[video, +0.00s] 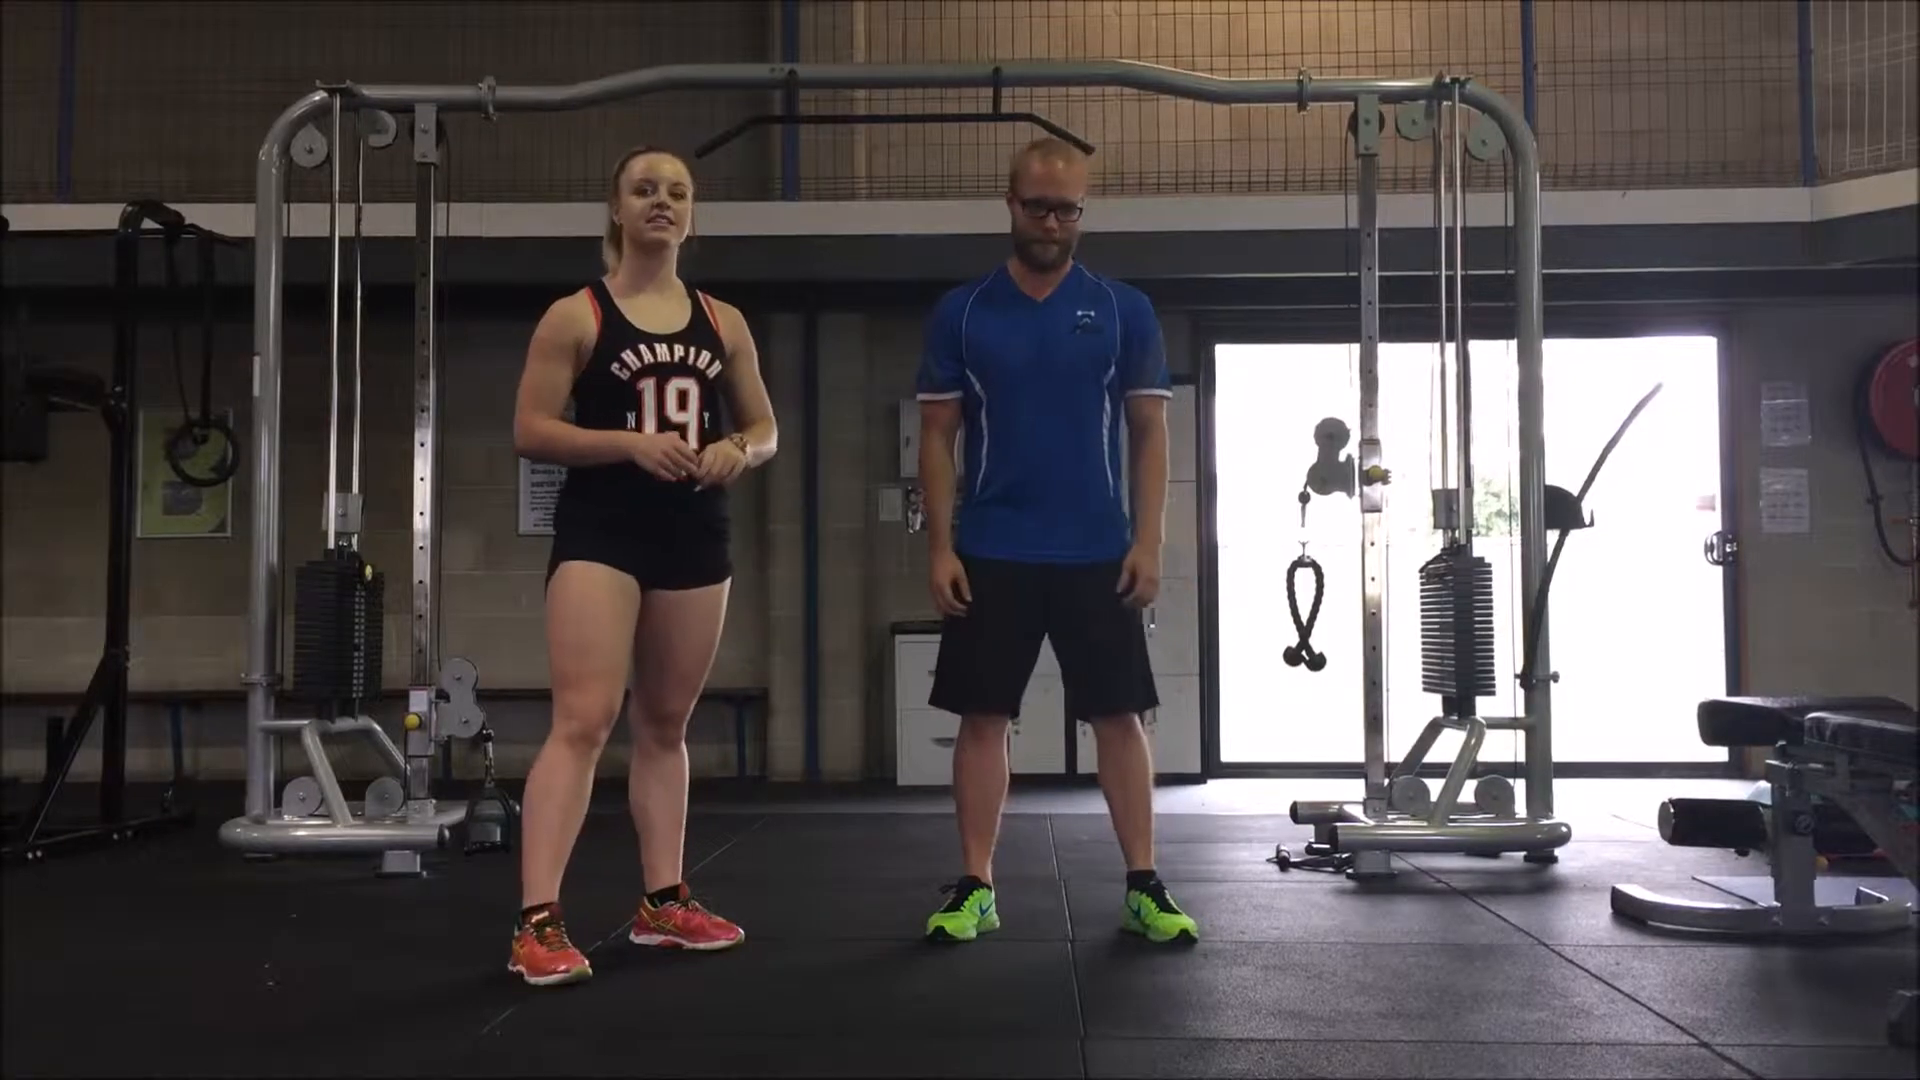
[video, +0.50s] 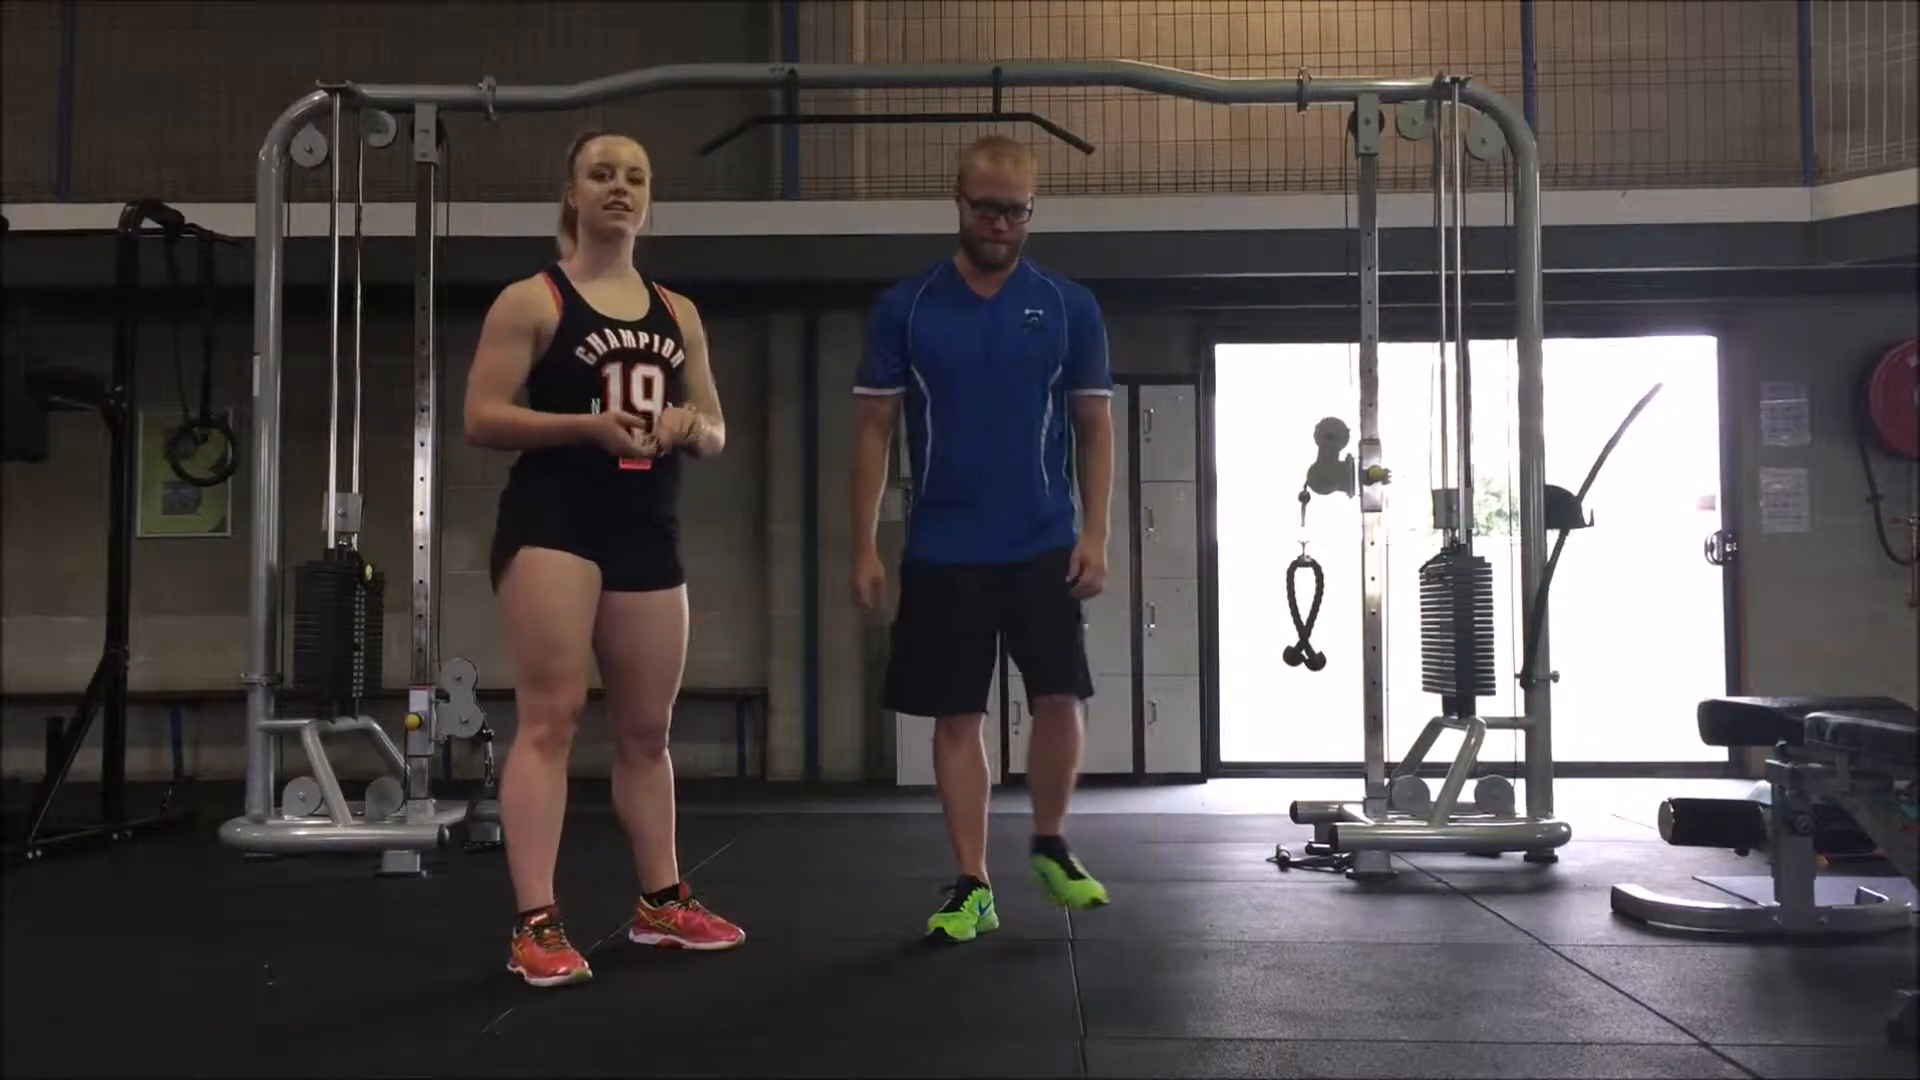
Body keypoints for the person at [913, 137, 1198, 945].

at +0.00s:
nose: (1053, 222)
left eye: (1067, 209)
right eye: (1038, 207)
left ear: (1085, 209)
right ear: (1009, 205)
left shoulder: (1124, 310)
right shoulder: (960, 313)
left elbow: (1149, 431)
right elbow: (936, 433)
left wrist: (1148, 542)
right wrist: (940, 545)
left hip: (1095, 554)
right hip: (994, 555)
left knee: (1120, 716)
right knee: (982, 718)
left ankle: (1144, 885)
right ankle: (976, 885)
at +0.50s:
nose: (998, 222)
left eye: (1013, 209)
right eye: (984, 207)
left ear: (1033, 211)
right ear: (958, 204)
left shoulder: (1070, 308)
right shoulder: (905, 309)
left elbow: (1095, 424)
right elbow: (873, 427)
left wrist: (1095, 532)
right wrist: (864, 546)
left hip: (1042, 547)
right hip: (944, 551)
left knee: (1059, 699)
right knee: (955, 717)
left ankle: (1050, 844)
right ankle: (972, 884)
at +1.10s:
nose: (1032, 271)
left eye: (1046, 258)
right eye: (1017, 256)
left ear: (1064, 264)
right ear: (987, 258)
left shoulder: (1110, 357)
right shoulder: (945, 372)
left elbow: (1148, 467)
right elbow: (920, 494)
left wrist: (1123, 552)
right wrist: (942, 591)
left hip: (1091, 590)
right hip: (991, 593)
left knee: (1106, 735)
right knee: (974, 742)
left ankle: (1080, 862)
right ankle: (974, 891)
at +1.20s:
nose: (1076, 265)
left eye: (1090, 253)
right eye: (1061, 249)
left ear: (1107, 260)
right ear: (1030, 251)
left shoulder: (1147, 354)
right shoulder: (985, 365)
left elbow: (1187, 463)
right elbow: (961, 483)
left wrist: (1150, 513)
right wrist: (1001, 552)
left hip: (1125, 583)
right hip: (1025, 584)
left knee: (1179, 720)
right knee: (987, 741)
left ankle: (1180, 864)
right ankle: (976, 890)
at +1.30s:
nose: (1142, 229)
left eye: (1156, 216)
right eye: (1127, 213)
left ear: (1171, 221)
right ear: (1095, 212)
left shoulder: (1210, 316)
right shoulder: (1046, 324)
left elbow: (1247, 429)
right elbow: (1013, 438)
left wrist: (1204, 451)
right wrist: (1064, 486)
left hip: (1181, 554)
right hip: (1075, 557)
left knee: (1260, 685)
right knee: (1018, 716)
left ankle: (1298, 851)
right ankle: (975, 880)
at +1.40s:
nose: (1220, 208)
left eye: (1233, 194)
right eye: (1205, 191)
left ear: (1248, 197)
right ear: (1172, 187)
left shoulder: (1284, 283)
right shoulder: (1115, 290)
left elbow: (1320, 404)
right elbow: (1081, 407)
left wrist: (1269, 418)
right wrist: (1129, 446)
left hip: (1249, 529)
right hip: (1141, 530)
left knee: (1333, 681)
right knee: (1068, 686)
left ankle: (1405, 856)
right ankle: (998, 846)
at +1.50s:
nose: (1294, 221)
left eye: (1308, 208)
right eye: (1279, 205)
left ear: (1325, 209)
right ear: (1245, 201)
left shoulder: (1364, 304)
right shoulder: (1193, 304)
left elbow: (1391, 419)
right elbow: (1148, 424)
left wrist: (1336, 432)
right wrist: (1192, 455)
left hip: (1325, 551)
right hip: (1215, 547)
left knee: (1401, 711)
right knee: (1130, 694)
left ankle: (1441, 891)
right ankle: (1061, 827)